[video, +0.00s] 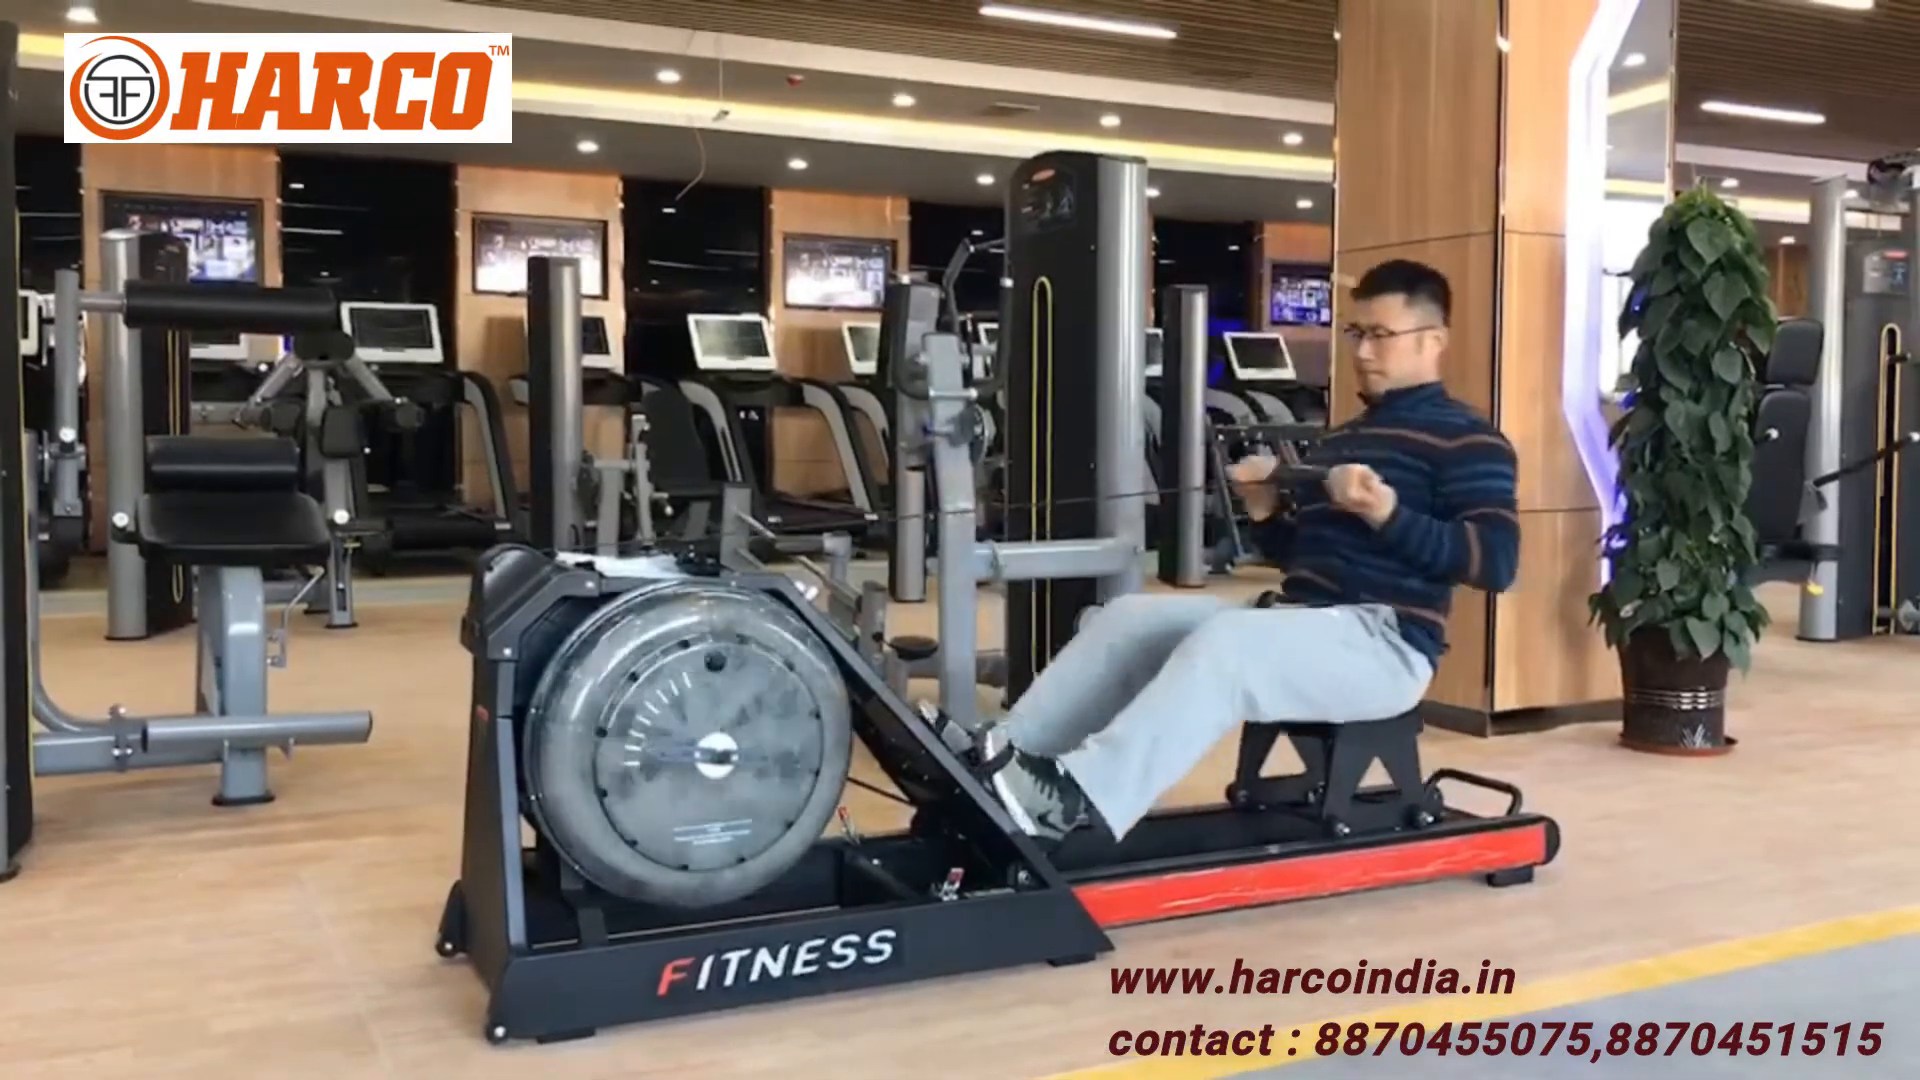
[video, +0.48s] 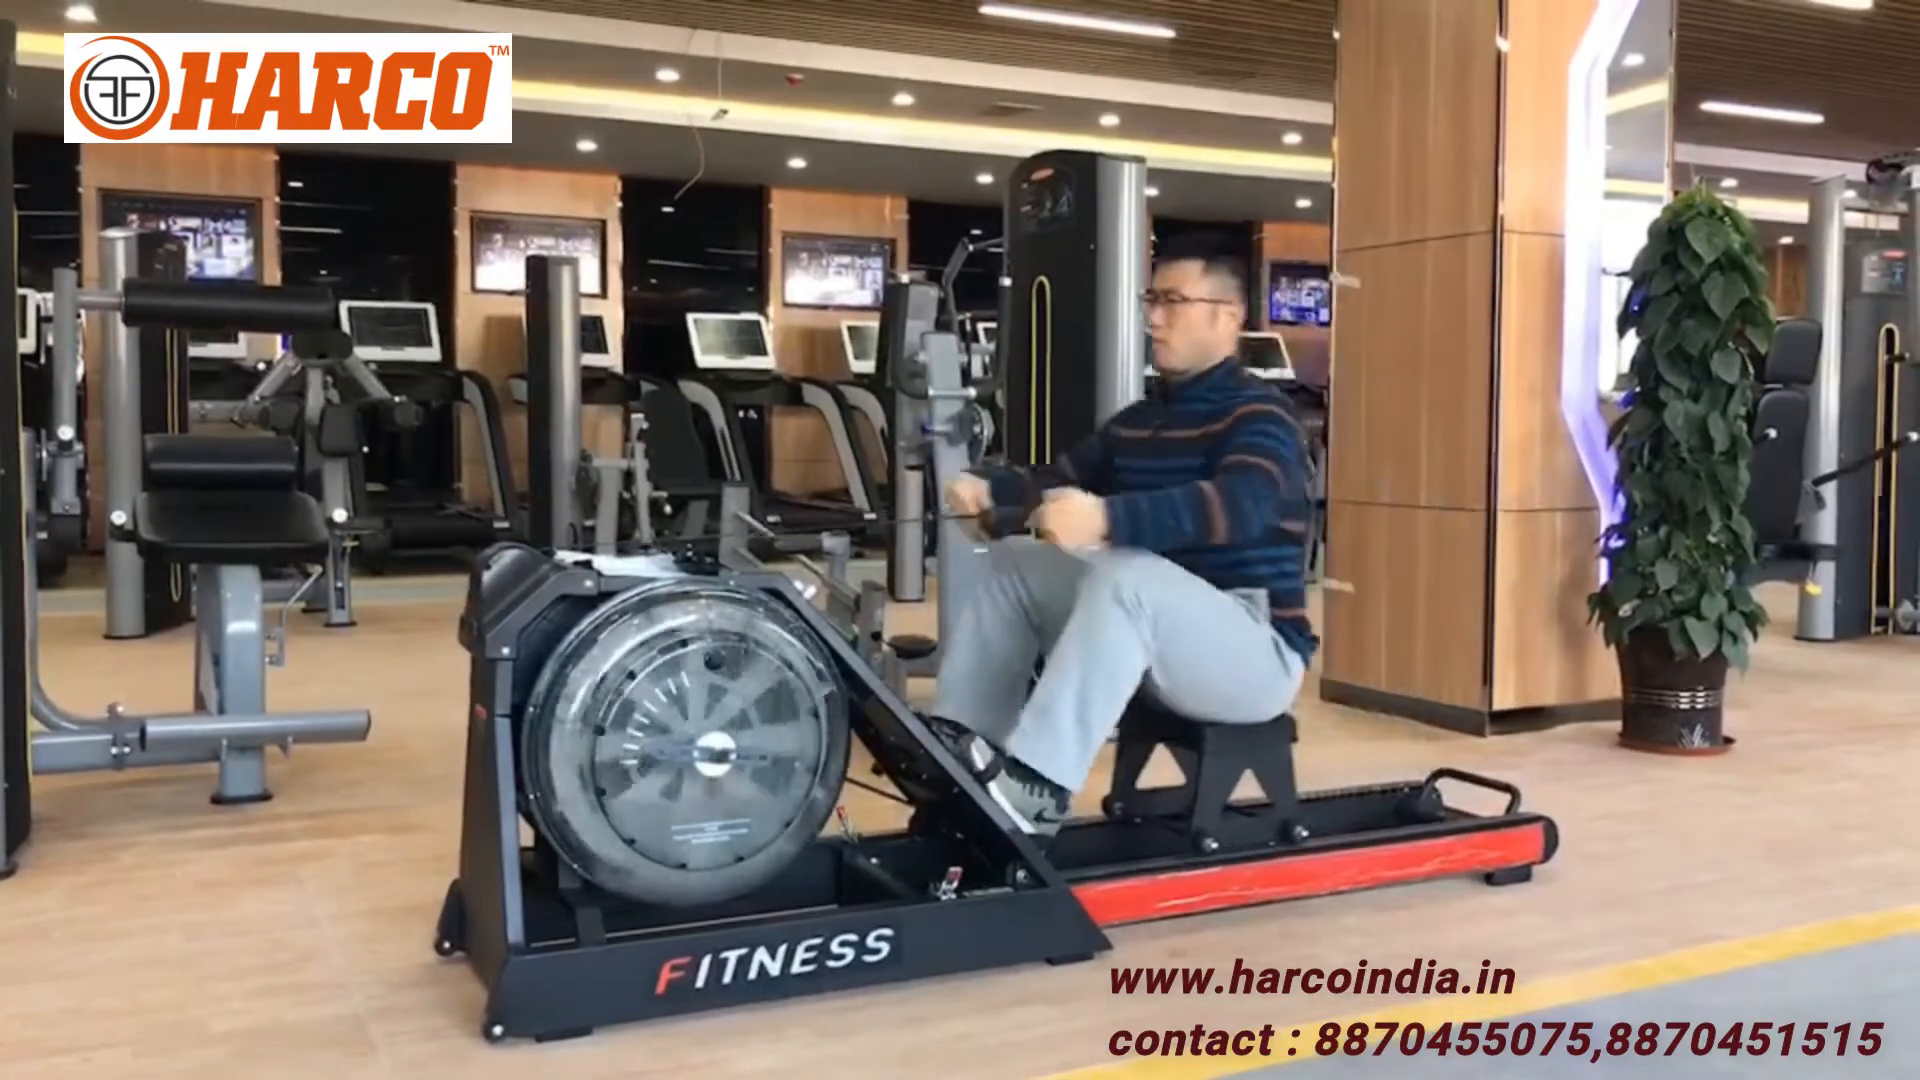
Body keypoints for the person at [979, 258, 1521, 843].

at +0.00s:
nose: (1362, 350)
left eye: (1381, 334)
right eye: (1357, 335)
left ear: (1434, 344)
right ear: (1352, 340)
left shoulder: (1471, 440)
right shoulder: (1340, 437)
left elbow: (1496, 562)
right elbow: (1300, 555)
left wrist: (1392, 516)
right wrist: (1263, 505)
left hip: (1384, 641)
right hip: (1297, 619)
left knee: (1222, 648)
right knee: (1127, 618)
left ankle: (1079, 800)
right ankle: (999, 754)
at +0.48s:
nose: (1154, 318)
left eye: (1172, 302)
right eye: (1152, 301)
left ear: (1228, 319)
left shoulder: (1261, 410)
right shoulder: (1139, 420)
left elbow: (1243, 505)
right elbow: (1068, 480)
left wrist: (1107, 518)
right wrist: (992, 492)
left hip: (1257, 651)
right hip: (1151, 633)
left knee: (1126, 578)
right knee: (1001, 564)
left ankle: (1040, 784)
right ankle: (964, 752)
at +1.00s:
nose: (1231, 309)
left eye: (1253, 298)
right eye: (1231, 296)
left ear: (1306, 322)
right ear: (1224, 307)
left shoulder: (1322, 416)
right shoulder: (1210, 411)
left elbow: (1221, 465)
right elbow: (1118, 448)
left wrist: (1100, 492)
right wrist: (1000, 471)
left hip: (1280, 644)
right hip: (1188, 619)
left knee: (1133, 581)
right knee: (1032, 572)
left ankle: (1038, 786)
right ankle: (959, 747)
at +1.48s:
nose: (1436, 347)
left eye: (1454, 338)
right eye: (1429, 334)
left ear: (1491, 354)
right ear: (1412, 346)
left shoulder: (1508, 437)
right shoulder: (1377, 431)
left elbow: (1454, 365)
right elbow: (1301, 394)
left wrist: (1361, 304)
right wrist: (1241, 332)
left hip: (1391, 646)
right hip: (1306, 618)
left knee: (1222, 689)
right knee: (1149, 652)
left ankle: (1069, 811)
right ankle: (999, 756)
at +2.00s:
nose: (1381, 351)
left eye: (1400, 335)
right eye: (1374, 336)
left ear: (1457, 340)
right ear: (1365, 342)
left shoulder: (1489, 407)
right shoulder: (1375, 404)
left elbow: (1510, 298)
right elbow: (1352, 308)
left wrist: (1479, 174)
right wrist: (1345, 203)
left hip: (1394, 642)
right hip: (1302, 619)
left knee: (1236, 688)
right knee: (1161, 658)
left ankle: (1082, 816)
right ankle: (998, 764)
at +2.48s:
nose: (1167, 326)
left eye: (1182, 308)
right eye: (1165, 311)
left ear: (1237, 312)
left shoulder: (1297, 397)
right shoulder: (1171, 404)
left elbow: (1207, 407)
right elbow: (1097, 428)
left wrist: (1097, 390)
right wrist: (1015, 409)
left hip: (1286, 649)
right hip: (1182, 627)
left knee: (1147, 589)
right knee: (1035, 582)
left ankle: (1049, 791)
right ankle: (959, 756)